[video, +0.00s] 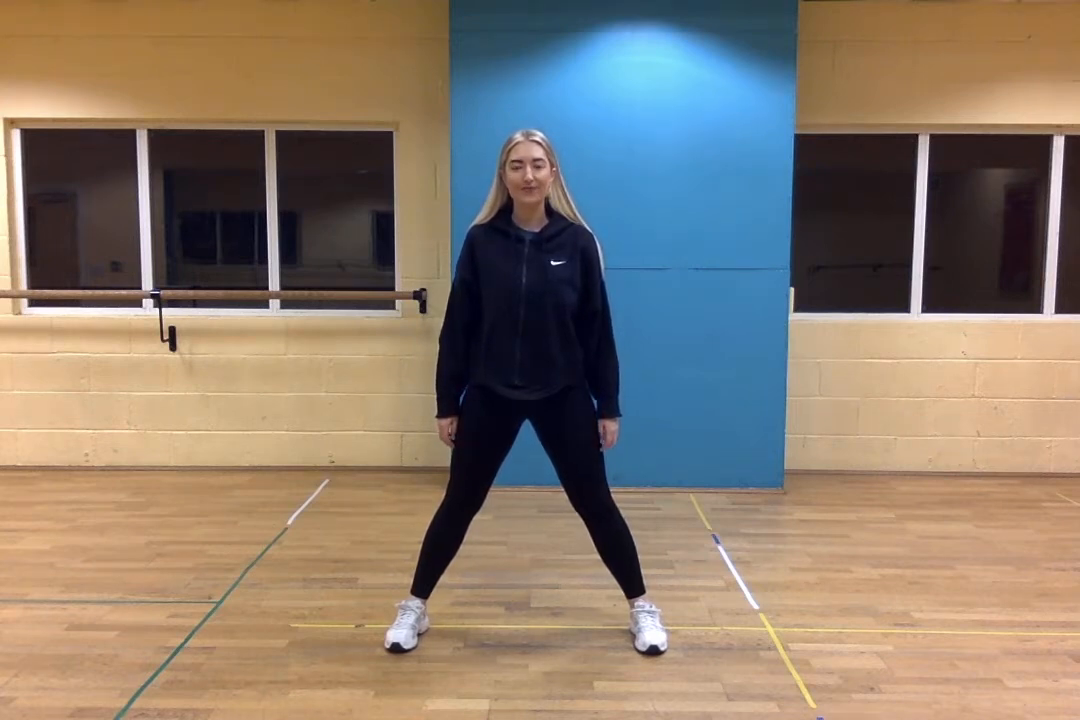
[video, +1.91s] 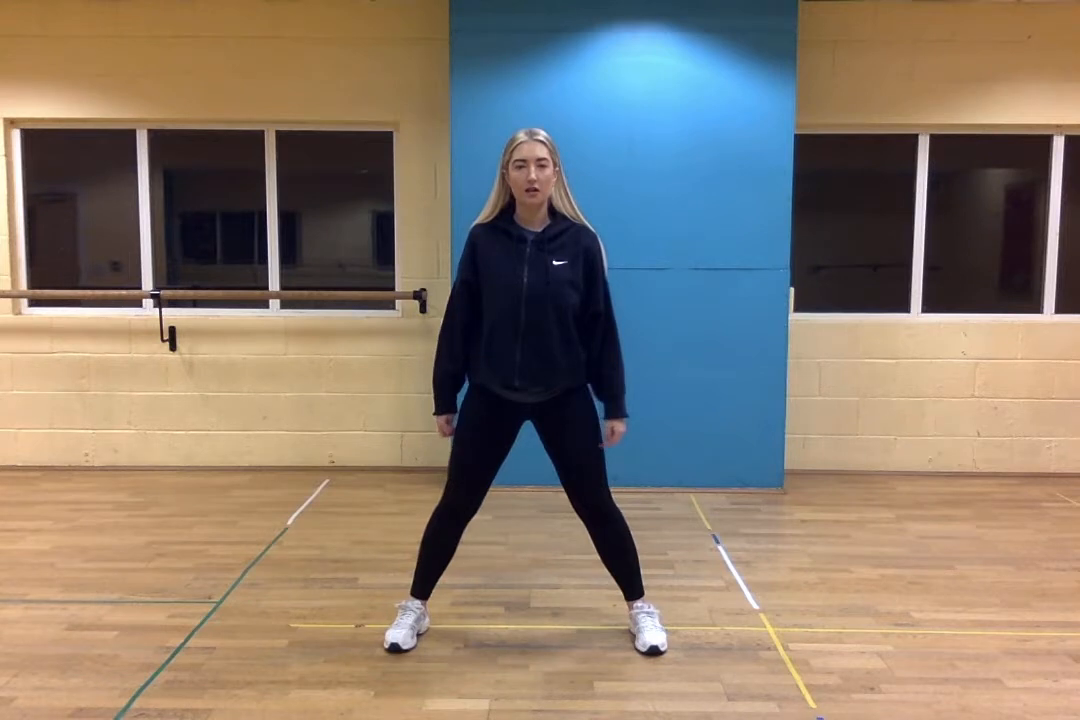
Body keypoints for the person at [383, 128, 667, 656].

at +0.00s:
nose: (528, 173)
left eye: (537, 164)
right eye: (517, 165)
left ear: (553, 172)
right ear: (504, 175)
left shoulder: (578, 240)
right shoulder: (482, 238)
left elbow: (597, 325)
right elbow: (458, 321)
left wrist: (608, 405)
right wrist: (448, 402)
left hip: (563, 394)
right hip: (491, 393)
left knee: (595, 503)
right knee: (460, 501)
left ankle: (641, 607)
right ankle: (414, 606)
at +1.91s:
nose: (532, 173)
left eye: (542, 164)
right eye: (521, 164)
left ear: (556, 173)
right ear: (507, 174)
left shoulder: (581, 240)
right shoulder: (484, 237)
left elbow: (600, 323)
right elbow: (459, 317)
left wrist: (614, 403)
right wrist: (445, 396)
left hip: (564, 394)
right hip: (493, 393)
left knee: (595, 503)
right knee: (457, 502)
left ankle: (640, 609)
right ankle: (414, 607)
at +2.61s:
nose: (496, 180)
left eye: (507, 171)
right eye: (486, 171)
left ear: (521, 182)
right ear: (470, 181)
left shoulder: (542, 251)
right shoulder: (445, 244)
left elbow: (564, 334)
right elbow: (415, 322)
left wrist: (577, 413)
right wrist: (399, 400)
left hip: (532, 401)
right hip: (460, 401)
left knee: (579, 508)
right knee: (420, 514)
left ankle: (634, 607)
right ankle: (411, 608)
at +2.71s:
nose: (512, 172)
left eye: (522, 162)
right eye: (501, 162)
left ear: (536, 173)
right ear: (485, 173)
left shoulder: (559, 240)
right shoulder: (463, 238)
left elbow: (583, 324)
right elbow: (433, 315)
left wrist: (595, 405)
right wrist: (414, 396)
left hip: (550, 393)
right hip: (477, 393)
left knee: (590, 502)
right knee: (440, 505)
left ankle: (636, 606)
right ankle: (412, 606)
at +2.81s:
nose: (529, 169)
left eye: (539, 159)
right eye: (518, 160)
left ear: (554, 168)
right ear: (504, 172)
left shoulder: (583, 237)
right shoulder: (483, 236)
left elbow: (605, 321)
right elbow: (454, 316)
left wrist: (617, 402)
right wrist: (434, 394)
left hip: (572, 391)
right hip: (499, 391)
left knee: (609, 503)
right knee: (456, 501)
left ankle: (639, 606)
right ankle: (412, 604)